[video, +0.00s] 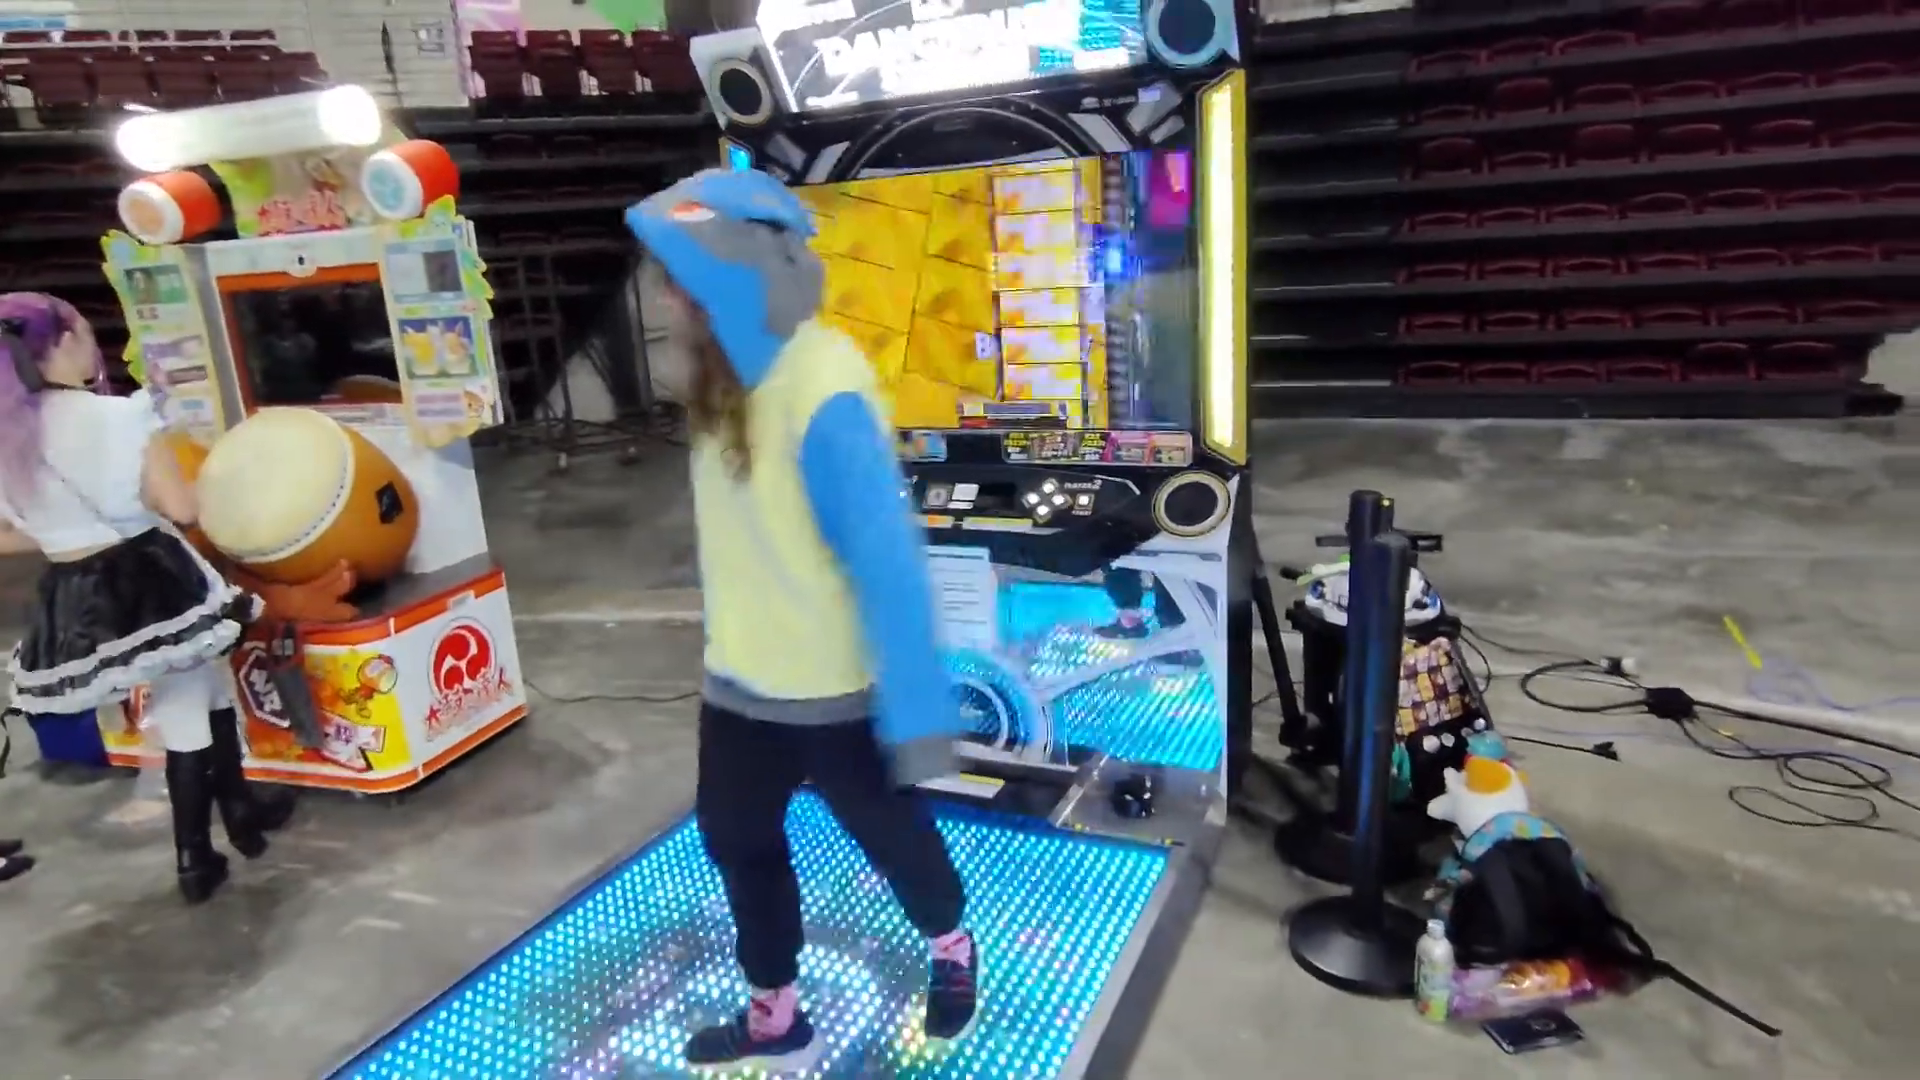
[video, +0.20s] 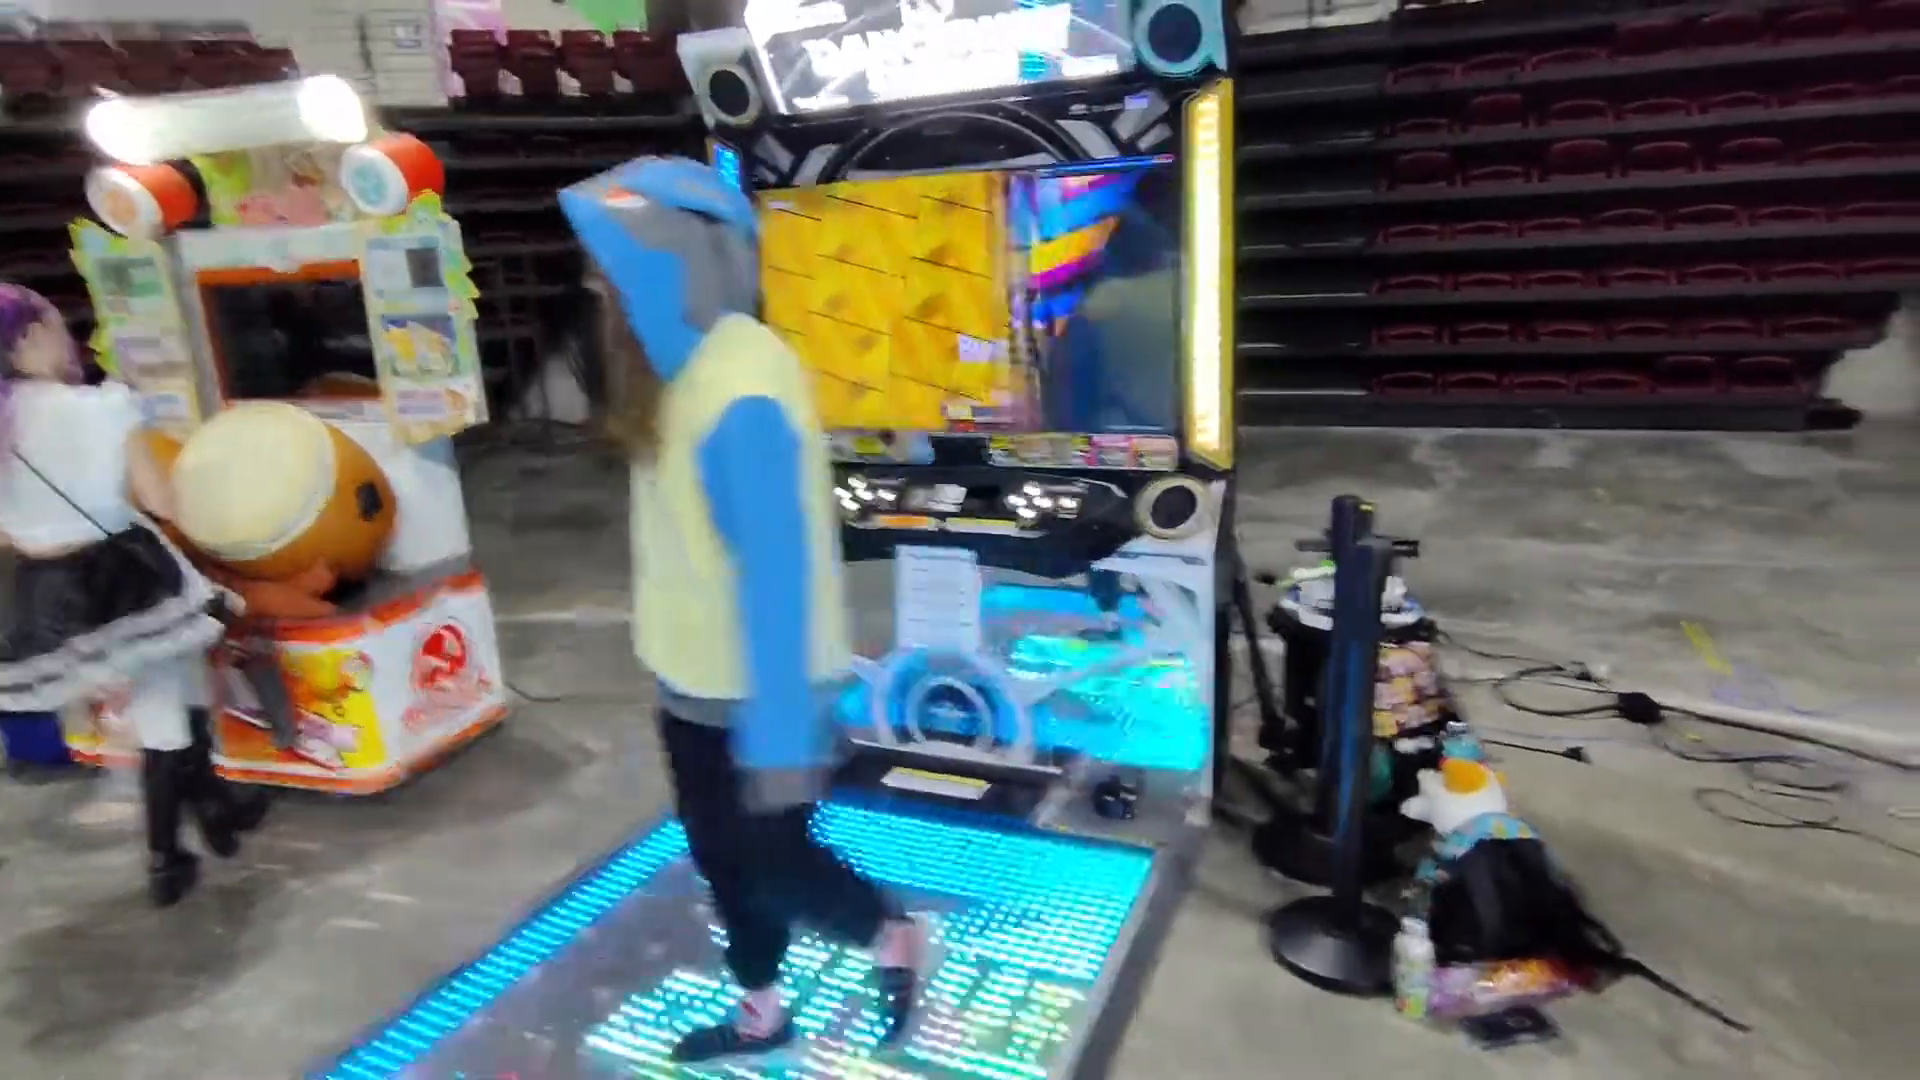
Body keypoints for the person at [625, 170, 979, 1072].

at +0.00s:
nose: (672, 306)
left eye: (686, 286)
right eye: (668, 286)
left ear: (750, 286)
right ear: (731, 289)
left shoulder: (825, 392)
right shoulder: (726, 380)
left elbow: (888, 560)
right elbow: (745, 538)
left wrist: (920, 717)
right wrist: (740, 662)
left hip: (834, 696)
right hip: (739, 689)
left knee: (889, 831)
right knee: (739, 840)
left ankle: (950, 943)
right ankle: (773, 1008)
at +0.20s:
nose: (609, 294)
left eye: (625, 272)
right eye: (608, 273)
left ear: (689, 272)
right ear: (674, 275)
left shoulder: (740, 392)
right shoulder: (685, 375)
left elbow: (777, 576)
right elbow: (703, 550)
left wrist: (781, 731)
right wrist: (682, 678)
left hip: (748, 701)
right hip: (693, 688)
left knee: (767, 853)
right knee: (724, 854)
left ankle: (895, 934)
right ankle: (760, 1001)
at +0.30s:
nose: (583, 294)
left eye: (597, 267)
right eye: (579, 270)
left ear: (661, 262)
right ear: (658, 265)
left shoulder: (696, 393)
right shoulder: (703, 361)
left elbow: (714, 582)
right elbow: (718, 562)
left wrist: (686, 731)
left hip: (726, 691)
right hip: (729, 678)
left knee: (704, 864)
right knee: (728, 851)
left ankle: (786, 995)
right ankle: (778, 988)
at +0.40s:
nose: (531, 280)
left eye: (544, 256)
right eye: (531, 257)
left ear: (598, 258)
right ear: (624, 255)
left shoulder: (623, 385)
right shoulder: (674, 348)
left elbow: (577, 571)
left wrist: (454, 711)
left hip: (658, 686)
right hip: (724, 663)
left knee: (607, 857)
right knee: (721, 827)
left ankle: (641, 1045)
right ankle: (751, 989)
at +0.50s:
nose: (494, 284)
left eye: (504, 262)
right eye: (493, 262)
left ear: (563, 261)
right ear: (603, 256)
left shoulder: (580, 389)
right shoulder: (660, 348)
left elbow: (501, 575)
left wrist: (335, 700)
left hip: (621, 692)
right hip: (706, 665)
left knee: (582, 872)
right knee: (716, 832)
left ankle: (561, 1050)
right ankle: (743, 988)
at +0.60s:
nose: (439, 279)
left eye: (448, 254)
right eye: (440, 253)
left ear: (503, 254)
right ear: (563, 247)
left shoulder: (505, 399)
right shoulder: (628, 341)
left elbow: (392, 585)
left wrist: (209, 718)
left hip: (575, 704)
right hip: (681, 665)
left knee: (534, 881)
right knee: (701, 827)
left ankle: (494, 1053)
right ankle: (734, 975)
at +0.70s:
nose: (381, 264)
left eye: (389, 241)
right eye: (380, 241)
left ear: (441, 240)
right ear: (510, 231)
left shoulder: (435, 377)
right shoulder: (589, 329)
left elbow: (322, 576)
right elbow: (627, 481)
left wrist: (186, 725)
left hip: (512, 704)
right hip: (639, 660)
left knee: (495, 879)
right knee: (669, 807)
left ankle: (472, 1040)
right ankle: (720, 955)